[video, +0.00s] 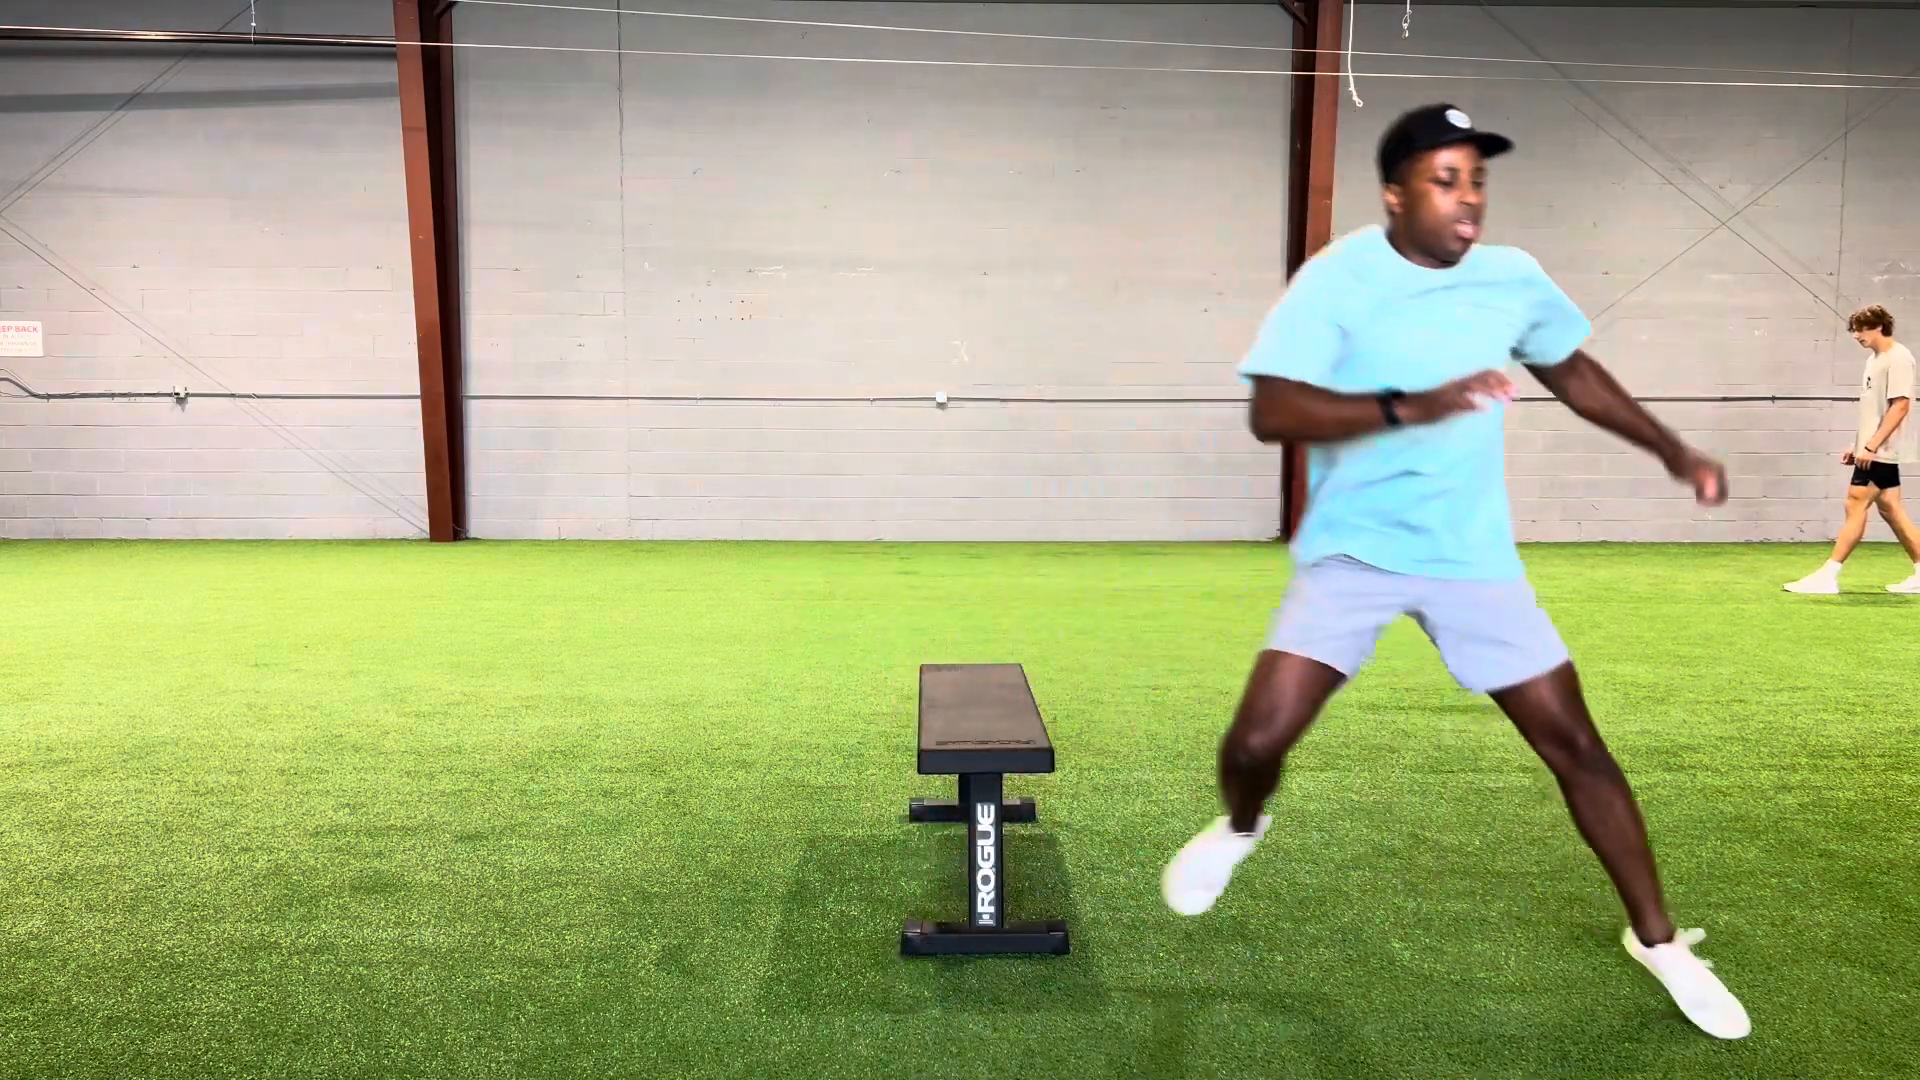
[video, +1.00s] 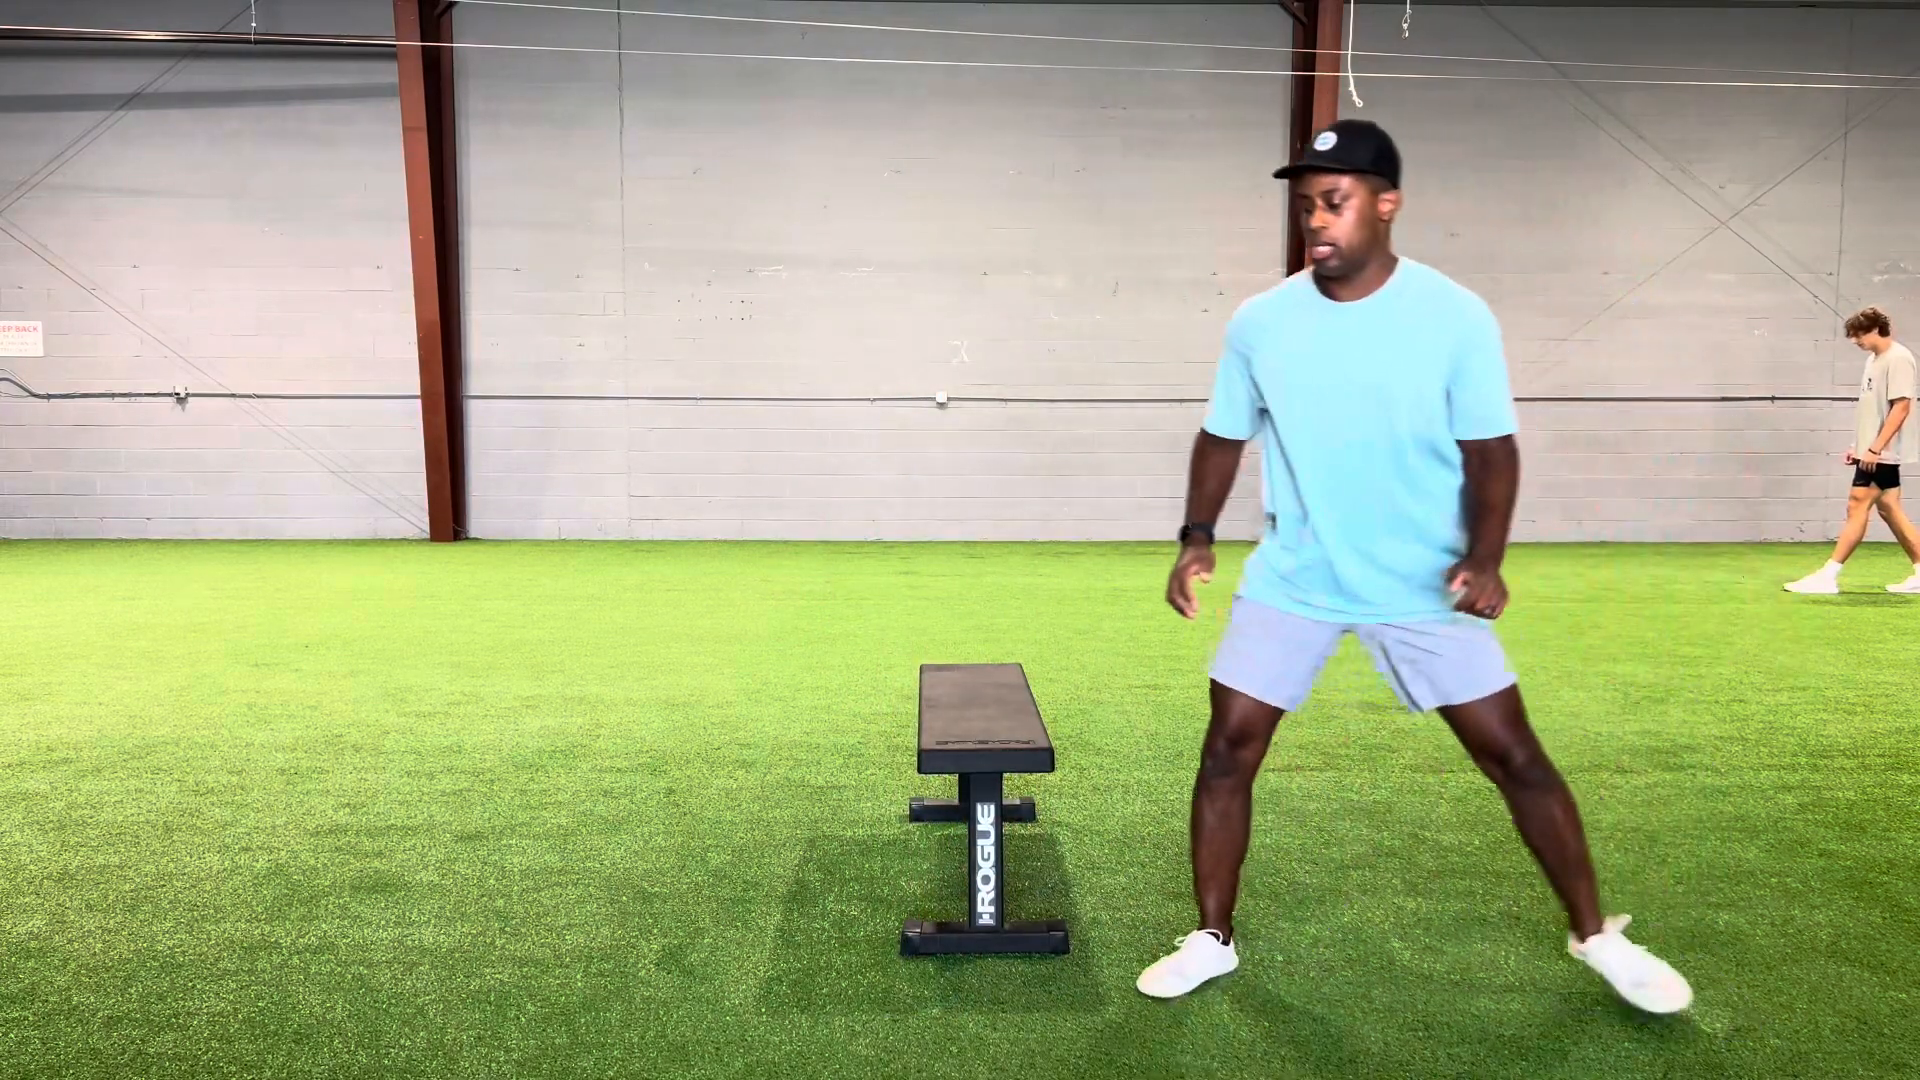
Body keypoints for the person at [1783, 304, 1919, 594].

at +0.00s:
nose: (1858, 337)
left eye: (1862, 331)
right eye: (1856, 332)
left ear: (1879, 328)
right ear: (1869, 332)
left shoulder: (1898, 357)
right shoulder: (1875, 359)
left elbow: (1901, 407)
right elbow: (1873, 410)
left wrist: (1872, 446)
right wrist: (1857, 446)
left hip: (1880, 451)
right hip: (1875, 451)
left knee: (1856, 505)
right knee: (1891, 510)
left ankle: (1828, 574)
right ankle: (1919, 570)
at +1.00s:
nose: (1857, 343)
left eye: (1859, 336)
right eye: (1855, 338)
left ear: (1876, 330)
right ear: (1869, 334)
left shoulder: (1899, 357)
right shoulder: (1875, 359)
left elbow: (1902, 408)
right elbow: (1872, 409)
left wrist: (1876, 449)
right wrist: (1858, 447)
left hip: (1881, 452)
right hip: (1873, 452)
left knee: (1858, 506)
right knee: (1890, 510)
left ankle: (1828, 575)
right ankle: (1919, 570)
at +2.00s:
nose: (1808, 361)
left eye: (1811, 354)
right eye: (1803, 358)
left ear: (1825, 347)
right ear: (1801, 358)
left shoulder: (1845, 370)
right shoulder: (1816, 378)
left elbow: (1858, 418)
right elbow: (1823, 416)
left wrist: (1843, 457)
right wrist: (1826, 449)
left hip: (1875, 448)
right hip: (1866, 449)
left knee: (1837, 501)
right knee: (1889, 509)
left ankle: (1826, 574)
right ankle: (1919, 567)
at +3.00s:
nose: (1807, 359)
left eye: (1811, 353)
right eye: (1804, 354)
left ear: (1828, 349)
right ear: (1818, 353)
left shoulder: (1856, 371)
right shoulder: (1827, 379)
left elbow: (1887, 414)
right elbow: (1833, 417)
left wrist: (1863, 455)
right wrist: (1830, 448)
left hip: (1879, 456)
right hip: (1867, 457)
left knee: (1833, 500)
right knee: (1893, 513)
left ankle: (1828, 576)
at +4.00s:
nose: (1767, 400)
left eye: (1766, 393)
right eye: (1762, 397)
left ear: (1777, 383)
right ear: (1775, 386)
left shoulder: (1813, 395)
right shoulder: (1788, 409)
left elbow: (1848, 430)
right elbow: (1806, 441)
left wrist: (1860, 472)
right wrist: (1804, 470)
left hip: (1861, 460)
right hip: (1854, 461)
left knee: (1819, 502)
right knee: (1882, 517)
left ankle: (1826, 577)